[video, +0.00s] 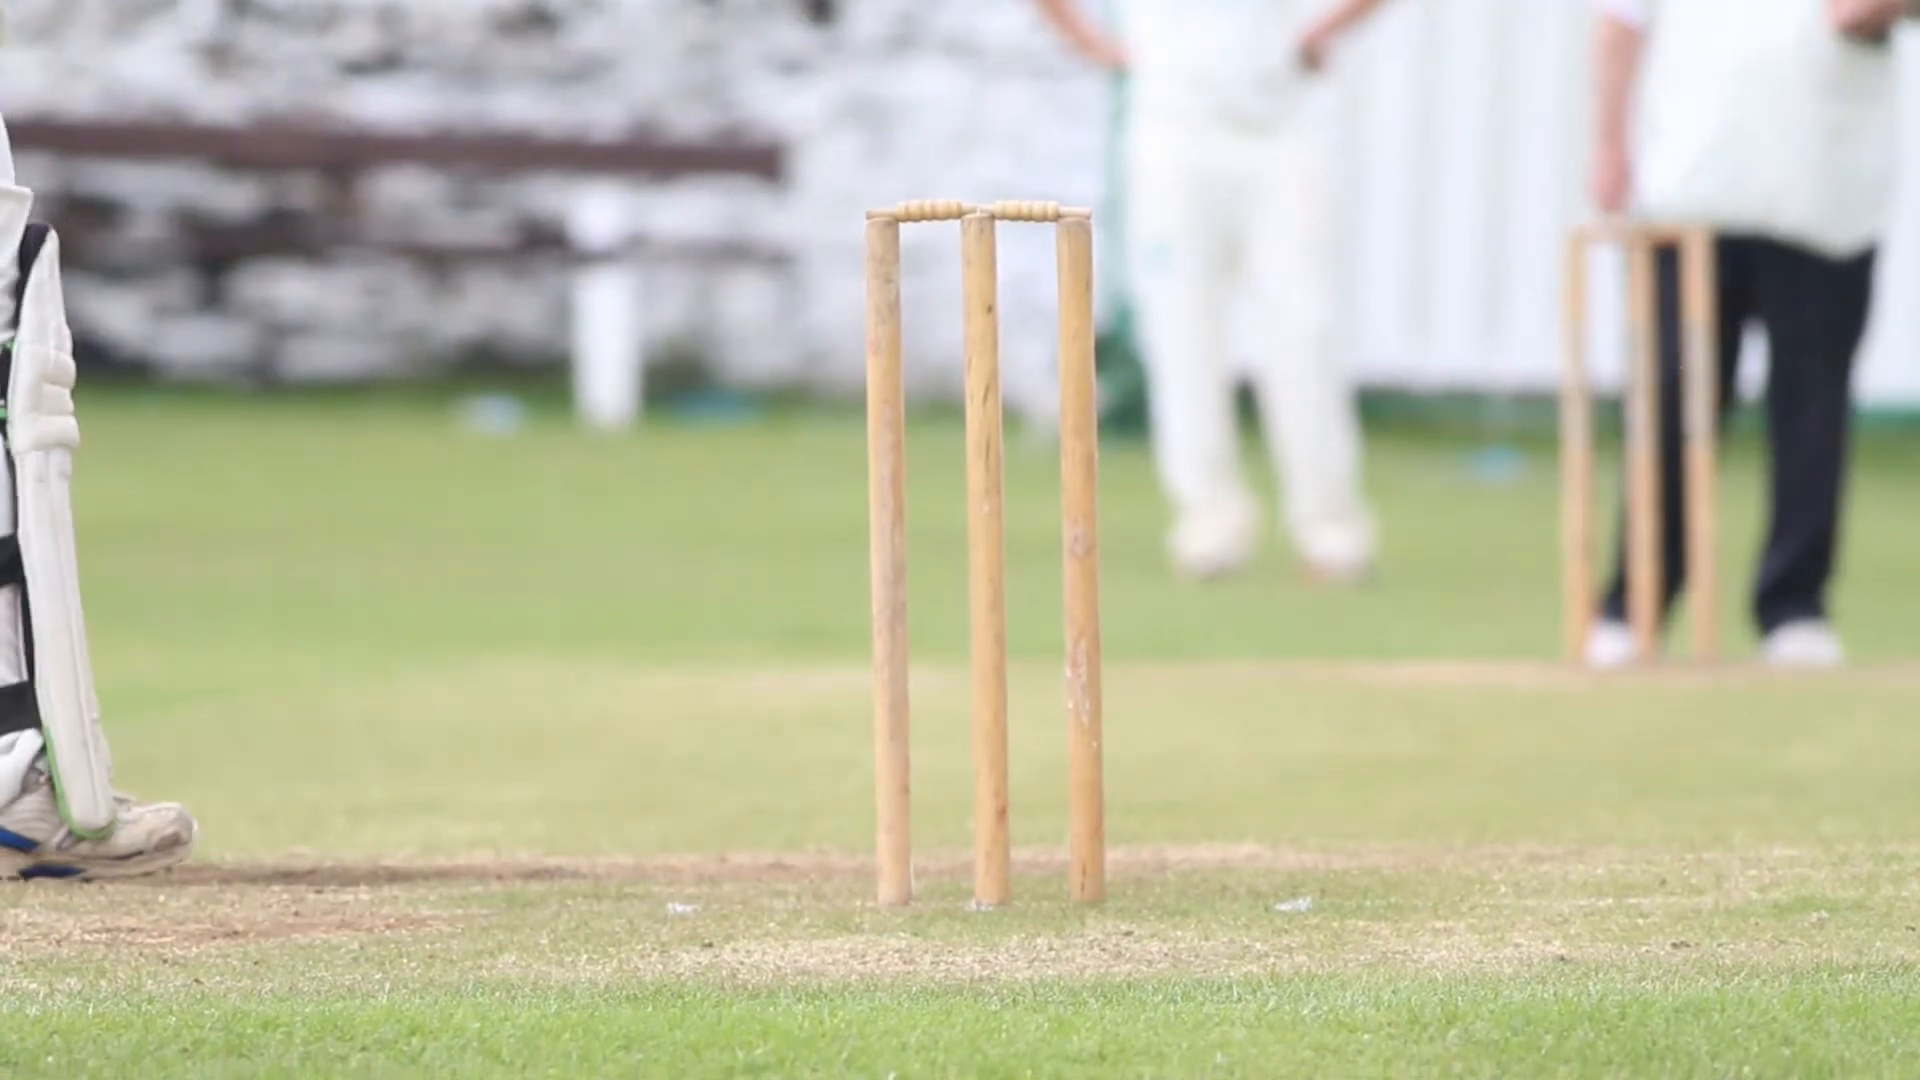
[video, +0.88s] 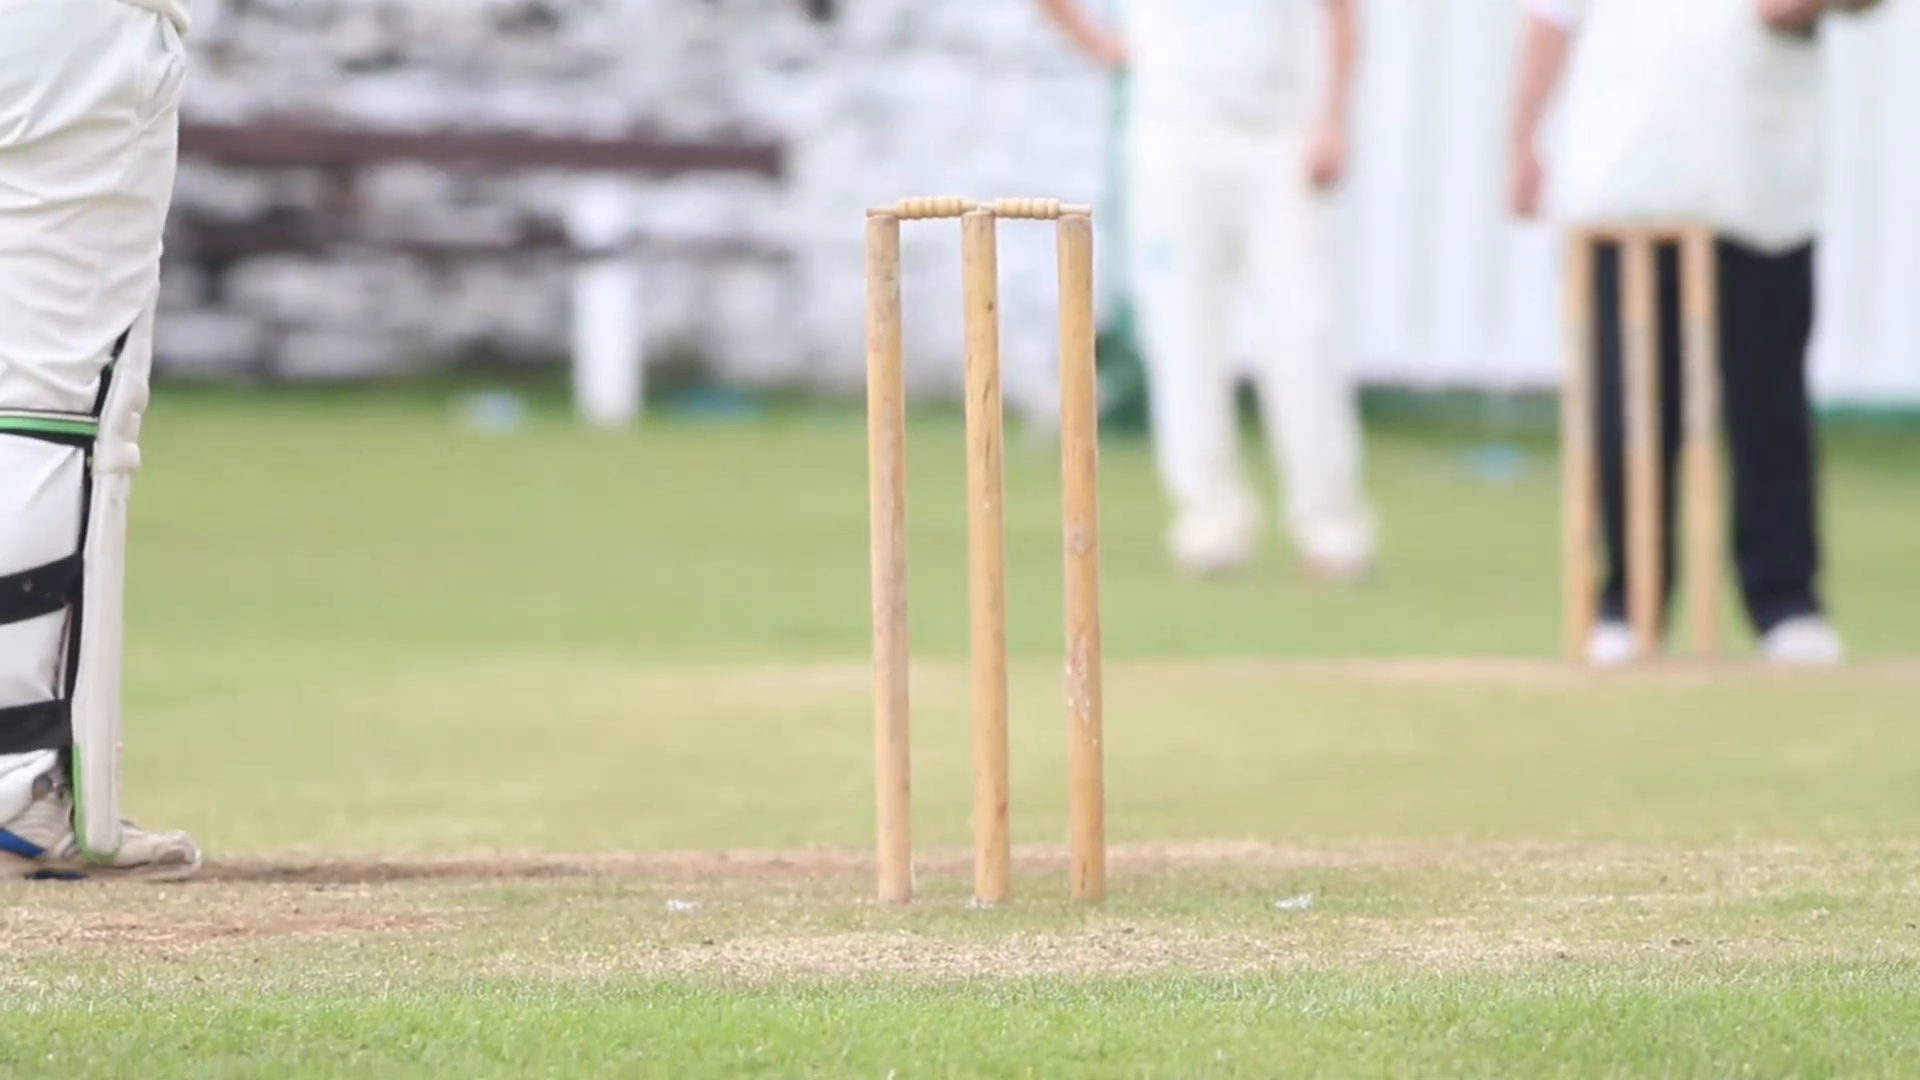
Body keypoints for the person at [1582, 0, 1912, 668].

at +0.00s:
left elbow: (1868, 18)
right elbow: (1622, 18)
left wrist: (1882, 12)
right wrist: (1612, 150)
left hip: (1830, 191)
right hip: (1691, 182)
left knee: (1810, 425)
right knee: (1670, 418)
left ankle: (1795, 613)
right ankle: (1628, 613)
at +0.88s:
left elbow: (1868, 3)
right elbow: (1552, 13)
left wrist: (1816, 9)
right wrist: (1522, 139)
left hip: (1764, 175)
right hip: (1623, 170)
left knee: (1769, 409)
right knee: (1628, 411)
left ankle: (1788, 609)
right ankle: (1624, 612)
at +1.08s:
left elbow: (1847, 3)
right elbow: (1508, 7)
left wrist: (1791, 9)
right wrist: (1443, 94)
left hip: (1745, 183)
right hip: (1605, 179)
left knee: (1759, 408)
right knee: (1620, 412)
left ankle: (1788, 609)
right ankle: (1621, 613)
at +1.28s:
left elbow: (1828, 5)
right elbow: (1443, 5)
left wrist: (1776, 11)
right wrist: (1356, 31)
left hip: (1733, 176)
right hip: (1594, 176)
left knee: (1756, 407)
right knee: (1615, 415)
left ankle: (1788, 610)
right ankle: (1621, 614)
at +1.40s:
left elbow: (1831, 2)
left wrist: (1769, 8)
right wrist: (1330, 9)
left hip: (1727, 172)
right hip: (1587, 170)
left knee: (1754, 404)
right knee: (1610, 416)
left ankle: (1788, 608)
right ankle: (1618, 613)